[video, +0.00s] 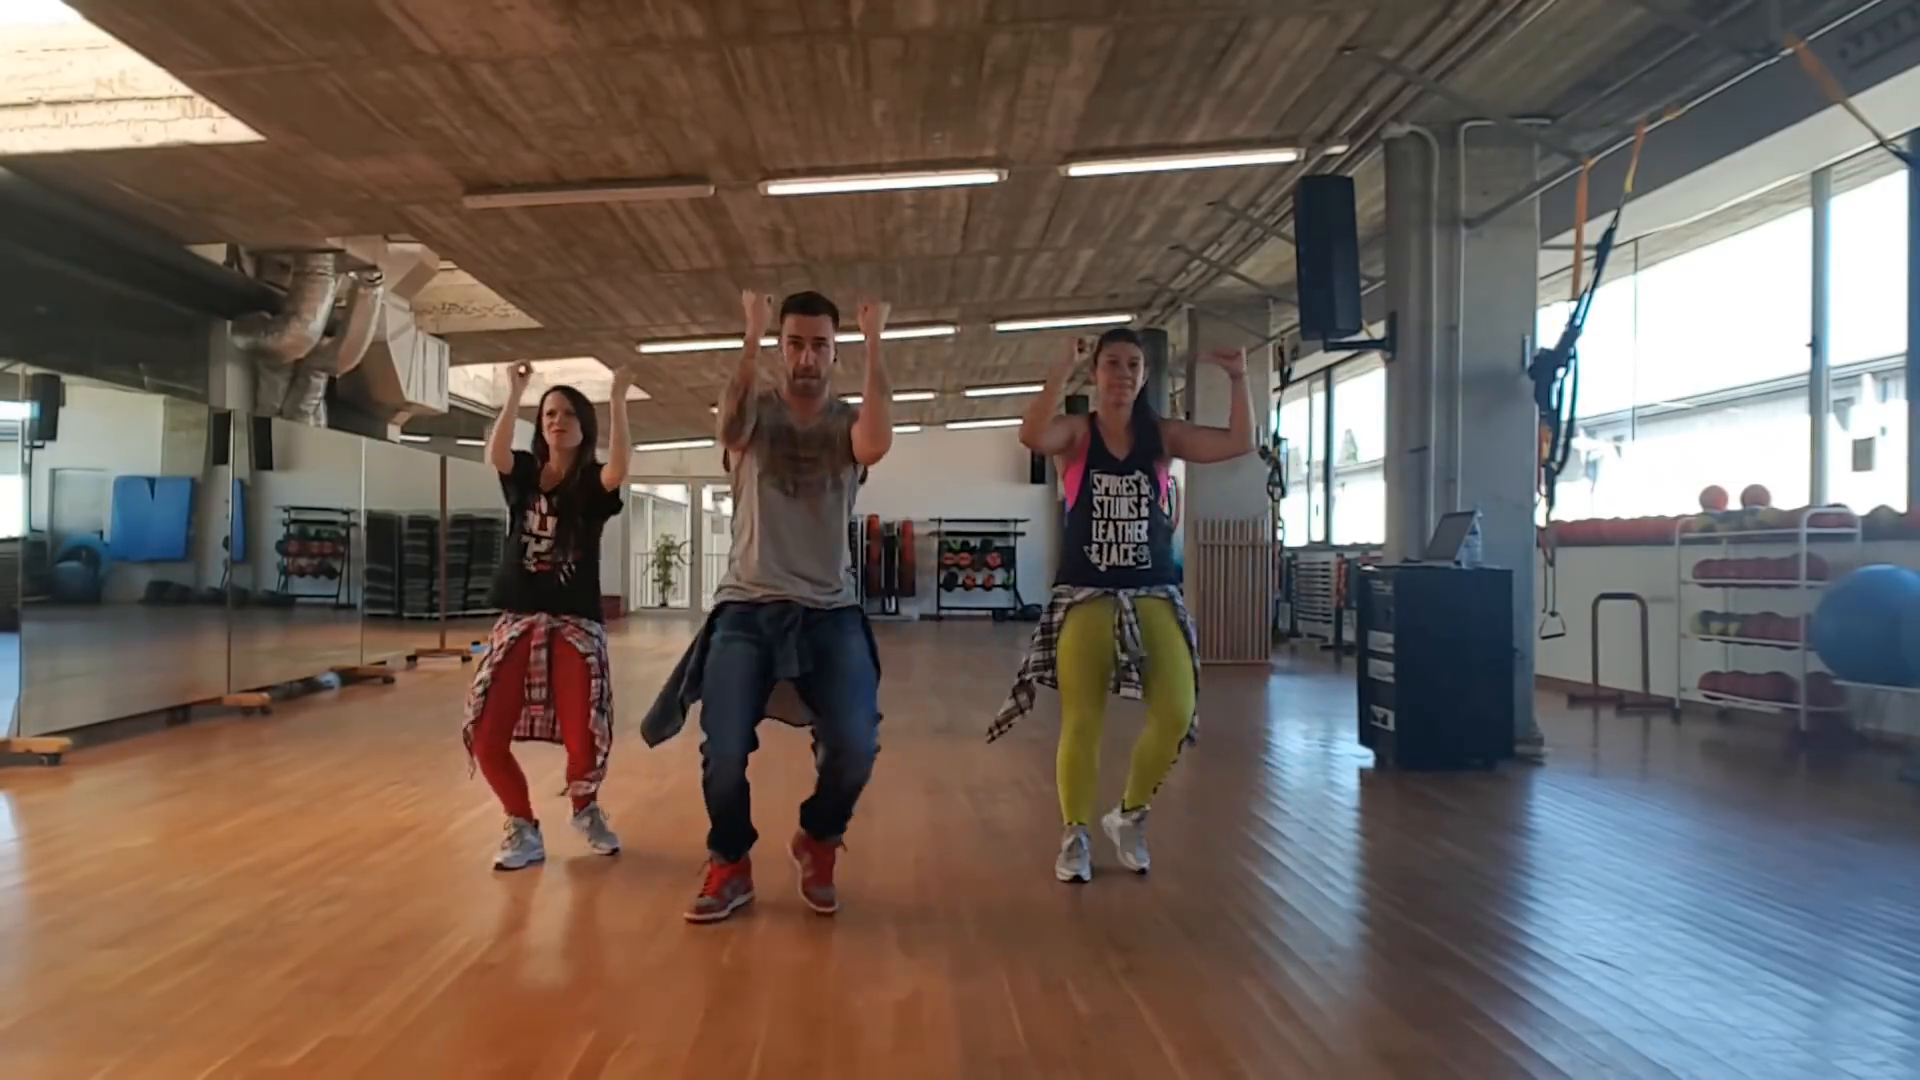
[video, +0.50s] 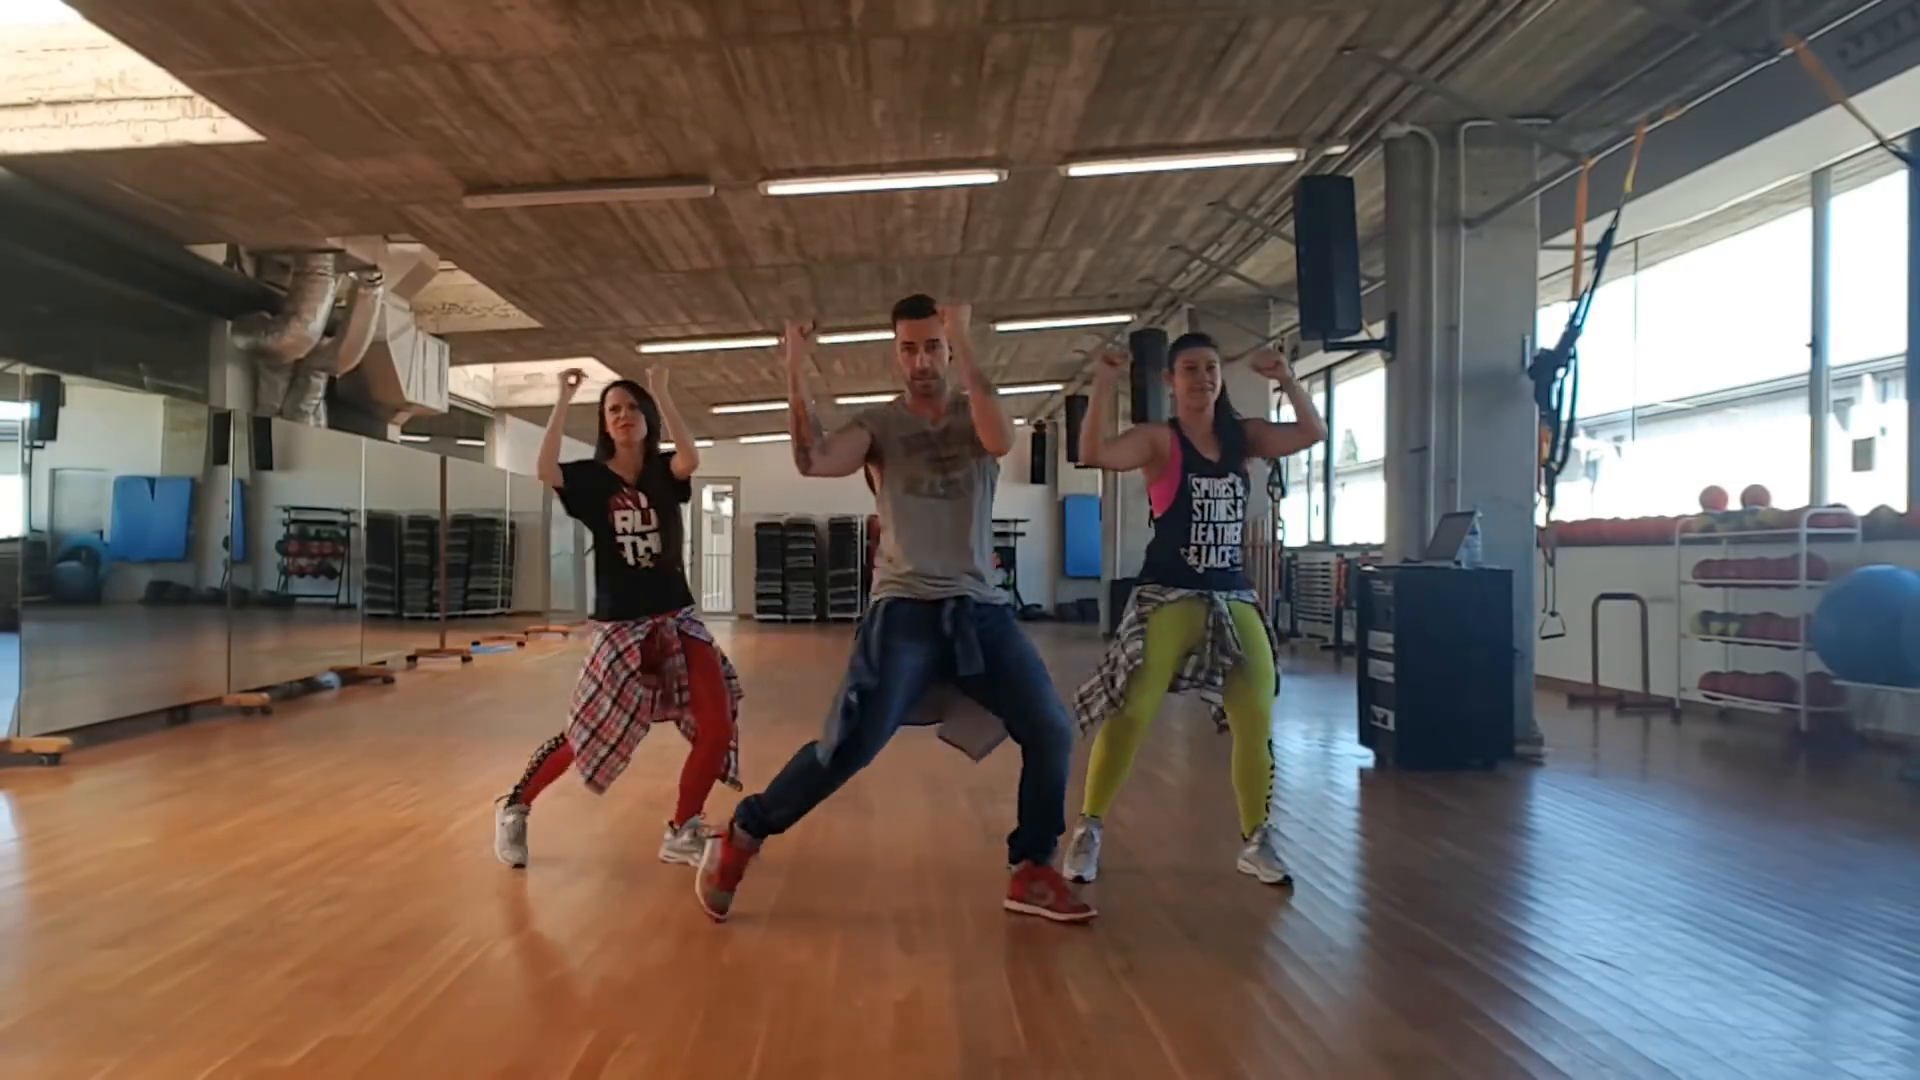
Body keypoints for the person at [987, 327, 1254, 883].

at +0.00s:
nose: (1122, 374)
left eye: (1132, 366)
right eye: (1112, 365)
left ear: (1144, 376)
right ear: (1094, 373)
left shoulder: (1161, 433)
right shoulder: (1076, 429)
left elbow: (1238, 442)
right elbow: (1032, 436)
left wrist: (1237, 376)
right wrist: (1061, 374)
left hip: (1154, 592)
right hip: (1087, 592)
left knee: (1176, 711)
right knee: (1082, 719)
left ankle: (1129, 815)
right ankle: (1075, 835)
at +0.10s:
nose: (1134, 376)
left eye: (1143, 367)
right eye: (1123, 367)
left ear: (1154, 377)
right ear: (1103, 376)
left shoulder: (1167, 437)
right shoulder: (1084, 432)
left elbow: (1237, 444)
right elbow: (1028, 437)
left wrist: (1229, 382)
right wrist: (1050, 374)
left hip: (1159, 593)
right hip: (1094, 594)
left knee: (1200, 705)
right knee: (1087, 719)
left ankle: (1174, 820)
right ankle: (1076, 836)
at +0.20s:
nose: (1147, 375)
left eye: (1156, 366)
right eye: (1137, 365)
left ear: (1168, 376)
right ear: (1117, 374)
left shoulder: (1179, 436)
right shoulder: (1097, 431)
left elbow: (1247, 440)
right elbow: (1024, 440)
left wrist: (1223, 379)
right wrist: (1031, 371)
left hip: (1170, 594)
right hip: (1109, 593)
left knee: (1211, 708)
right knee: (1096, 720)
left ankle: (1227, 831)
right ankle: (1077, 837)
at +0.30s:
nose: (1166, 376)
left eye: (1174, 367)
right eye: (1154, 367)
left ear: (1185, 377)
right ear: (1134, 376)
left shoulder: (1197, 437)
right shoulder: (1117, 436)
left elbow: (1266, 432)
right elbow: (1034, 447)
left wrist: (1232, 373)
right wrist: (1028, 376)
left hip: (1189, 599)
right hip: (1130, 599)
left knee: (1216, 719)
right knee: (1107, 724)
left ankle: (1249, 836)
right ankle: (1076, 838)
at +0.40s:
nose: (1186, 377)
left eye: (1193, 368)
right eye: (1174, 369)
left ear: (1205, 378)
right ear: (1153, 378)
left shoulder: (1218, 437)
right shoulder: (1139, 438)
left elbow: (1289, 430)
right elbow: (1061, 452)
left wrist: (1254, 376)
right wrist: (1056, 382)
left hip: (1212, 598)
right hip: (1153, 597)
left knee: (1238, 717)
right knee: (1121, 721)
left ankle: (1255, 840)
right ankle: (1077, 835)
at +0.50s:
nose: (1202, 378)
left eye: (1210, 368)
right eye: (1191, 369)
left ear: (1222, 377)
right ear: (1172, 380)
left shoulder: (1242, 435)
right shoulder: (1159, 438)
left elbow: (1311, 432)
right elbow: (1091, 453)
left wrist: (1285, 379)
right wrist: (1102, 385)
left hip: (1233, 596)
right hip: (1171, 595)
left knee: (1256, 711)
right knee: (1134, 712)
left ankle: (1256, 840)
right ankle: (1088, 831)